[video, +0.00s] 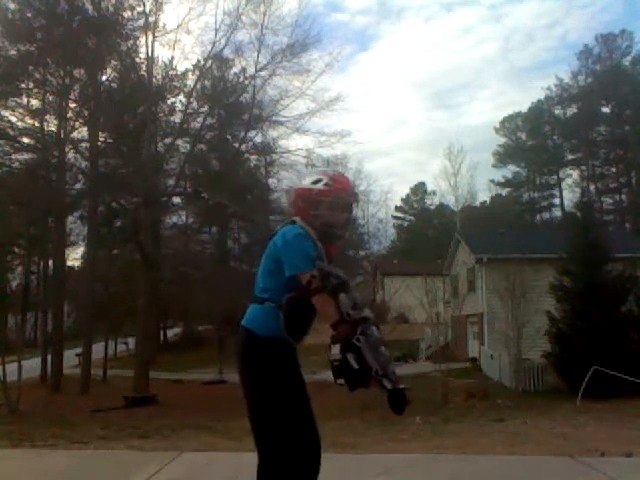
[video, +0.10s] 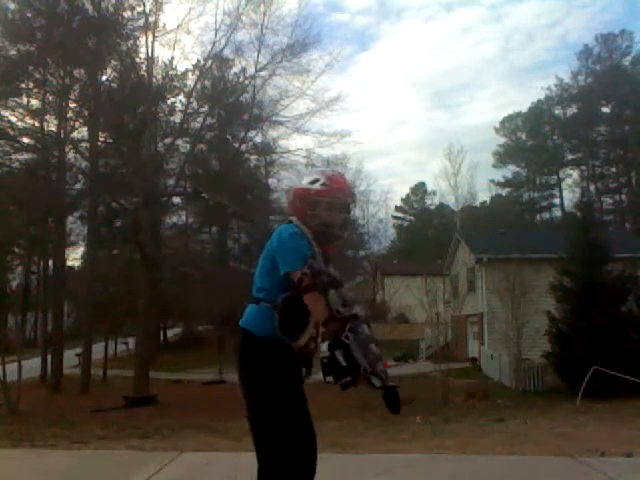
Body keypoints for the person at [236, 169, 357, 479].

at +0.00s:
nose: (342, 217)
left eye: (346, 209)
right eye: (335, 208)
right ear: (314, 208)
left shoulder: (309, 241)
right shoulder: (295, 237)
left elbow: (323, 288)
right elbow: (318, 294)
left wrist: (345, 324)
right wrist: (340, 327)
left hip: (278, 342)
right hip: (264, 342)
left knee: (297, 442)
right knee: (295, 444)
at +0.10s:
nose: (340, 218)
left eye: (344, 210)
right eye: (333, 208)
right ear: (312, 208)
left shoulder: (308, 241)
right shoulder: (290, 236)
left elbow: (321, 290)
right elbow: (312, 296)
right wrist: (331, 328)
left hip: (281, 343)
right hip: (263, 343)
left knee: (295, 443)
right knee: (292, 444)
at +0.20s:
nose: (333, 218)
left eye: (337, 211)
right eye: (327, 209)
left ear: (340, 212)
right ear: (306, 208)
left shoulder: (306, 242)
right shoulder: (284, 237)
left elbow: (322, 287)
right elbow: (292, 293)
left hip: (283, 340)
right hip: (262, 340)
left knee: (291, 428)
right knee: (277, 430)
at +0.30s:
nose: (326, 216)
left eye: (331, 209)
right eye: (320, 207)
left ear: (334, 211)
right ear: (300, 207)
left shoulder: (320, 243)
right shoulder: (274, 238)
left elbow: (336, 288)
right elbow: (277, 296)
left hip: (294, 340)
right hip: (259, 340)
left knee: (295, 427)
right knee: (271, 429)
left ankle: (296, 475)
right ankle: (275, 476)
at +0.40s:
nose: (316, 217)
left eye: (323, 210)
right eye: (308, 208)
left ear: (330, 213)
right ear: (291, 209)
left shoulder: (327, 248)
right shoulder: (267, 243)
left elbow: (361, 288)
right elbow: (264, 298)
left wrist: (384, 334)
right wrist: (265, 361)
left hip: (298, 351)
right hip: (261, 352)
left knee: (298, 437)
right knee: (272, 439)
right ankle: (273, 475)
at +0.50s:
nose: (308, 218)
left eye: (314, 210)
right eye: (300, 209)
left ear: (322, 212)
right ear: (280, 210)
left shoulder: (327, 250)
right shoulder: (257, 246)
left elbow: (370, 281)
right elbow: (236, 293)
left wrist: (396, 329)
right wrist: (225, 346)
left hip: (302, 352)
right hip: (261, 353)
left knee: (299, 439)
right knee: (269, 439)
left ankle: (297, 474)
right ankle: (271, 475)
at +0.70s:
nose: (298, 213)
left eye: (305, 207)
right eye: (289, 205)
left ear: (311, 212)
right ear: (271, 208)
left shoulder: (322, 247)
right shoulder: (245, 245)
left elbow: (366, 273)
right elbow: (210, 284)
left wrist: (399, 326)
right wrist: (178, 334)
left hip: (302, 353)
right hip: (257, 352)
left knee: (292, 440)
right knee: (261, 438)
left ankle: (287, 479)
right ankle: (256, 479)